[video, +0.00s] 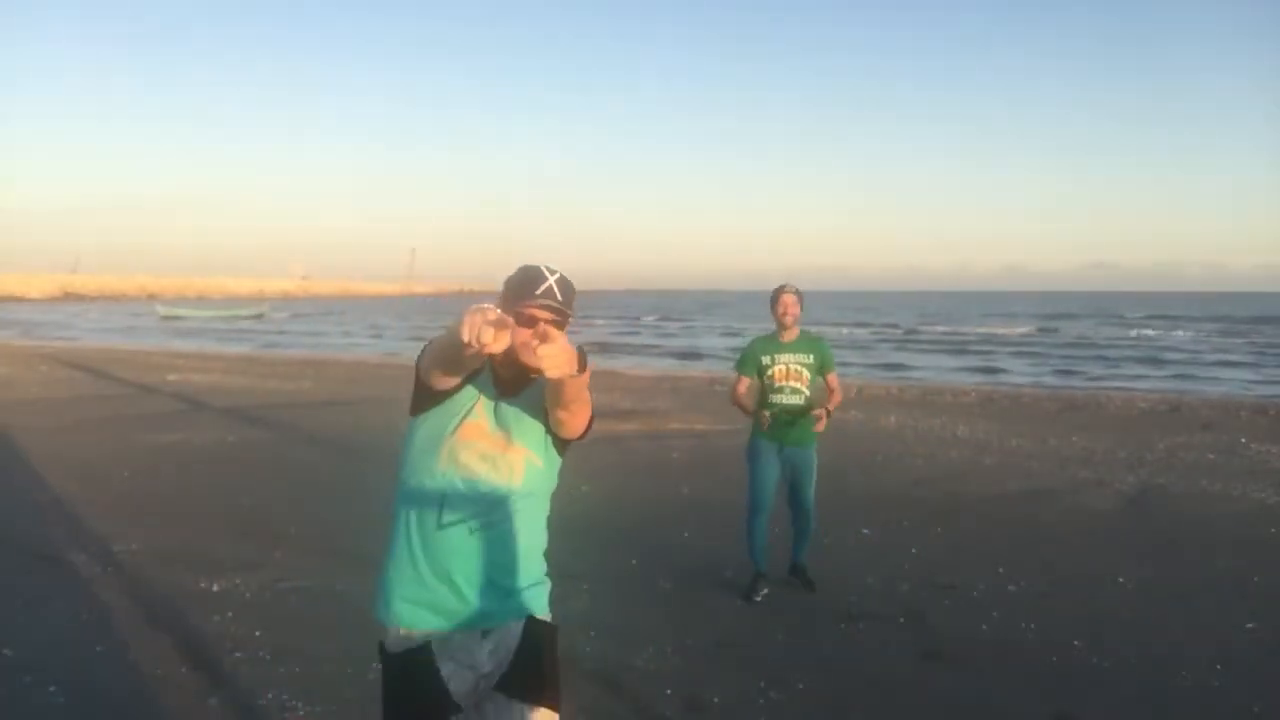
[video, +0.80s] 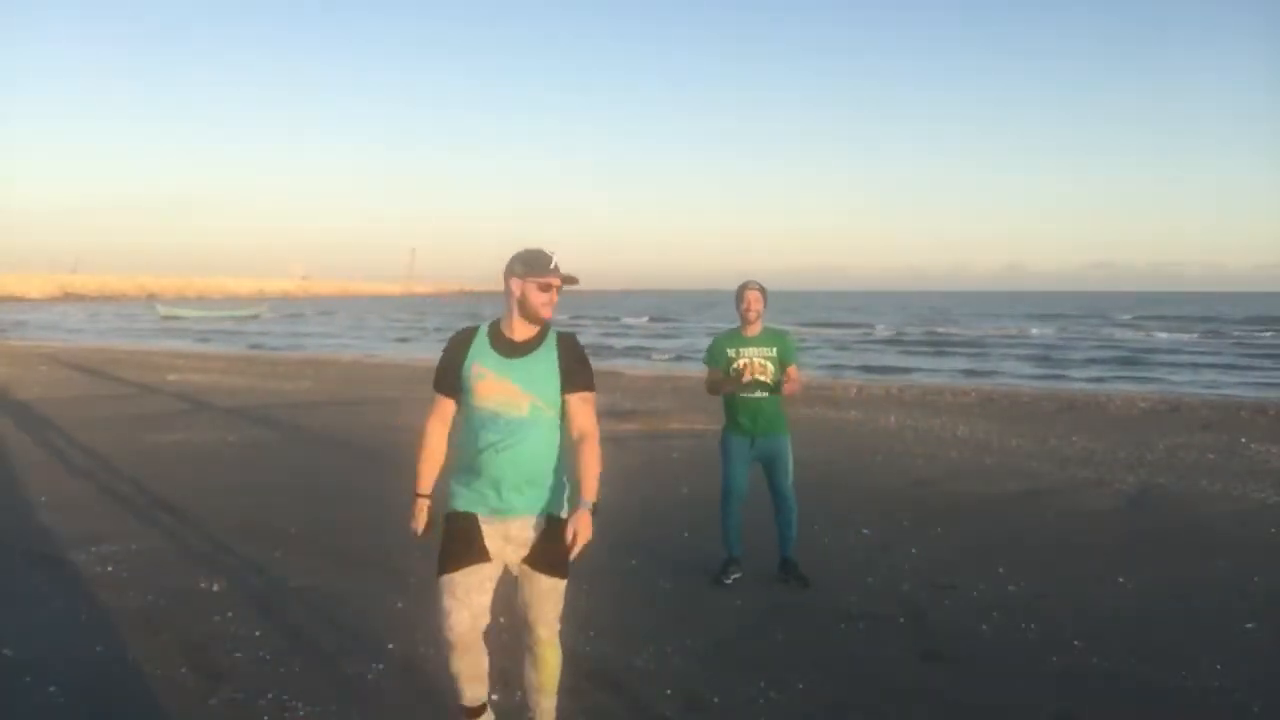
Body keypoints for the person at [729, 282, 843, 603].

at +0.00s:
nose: (786, 310)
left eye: (792, 305)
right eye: (781, 305)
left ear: (800, 310)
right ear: (773, 310)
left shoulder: (817, 348)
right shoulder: (758, 348)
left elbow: (835, 390)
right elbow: (739, 392)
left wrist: (826, 409)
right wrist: (755, 413)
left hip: (803, 437)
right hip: (767, 437)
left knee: (805, 506)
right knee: (761, 505)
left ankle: (798, 565)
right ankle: (759, 572)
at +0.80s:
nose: (749, 306)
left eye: (755, 301)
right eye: (744, 301)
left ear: (764, 306)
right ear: (737, 306)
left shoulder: (781, 340)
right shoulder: (722, 343)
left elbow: (795, 381)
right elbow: (712, 386)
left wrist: (786, 385)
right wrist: (735, 381)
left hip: (774, 430)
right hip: (737, 431)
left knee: (785, 494)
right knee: (733, 494)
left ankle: (788, 560)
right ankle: (732, 559)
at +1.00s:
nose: (750, 311)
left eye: (755, 306)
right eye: (745, 306)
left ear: (762, 308)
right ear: (736, 308)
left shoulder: (776, 341)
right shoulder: (720, 343)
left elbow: (787, 383)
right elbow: (710, 388)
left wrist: (765, 401)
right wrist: (732, 397)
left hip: (765, 429)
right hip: (731, 430)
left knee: (769, 495)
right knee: (729, 493)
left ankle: (769, 559)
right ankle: (731, 559)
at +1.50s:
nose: (749, 317)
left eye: (754, 311)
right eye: (744, 311)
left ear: (761, 314)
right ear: (735, 313)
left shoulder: (774, 344)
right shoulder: (719, 345)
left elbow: (795, 385)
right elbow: (698, 385)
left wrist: (791, 427)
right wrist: (703, 426)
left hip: (766, 435)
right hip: (728, 436)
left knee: (781, 499)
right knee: (723, 499)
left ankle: (787, 562)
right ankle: (731, 560)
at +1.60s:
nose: (750, 316)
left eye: (757, 311)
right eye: (746, 310)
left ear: (766, 314)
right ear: (740, 313)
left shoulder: (781, 347)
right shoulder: (724, 347)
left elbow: (798, 386)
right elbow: (705, 386)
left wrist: (795, 425)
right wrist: (711, 427)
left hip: (772, 435)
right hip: (734, 435)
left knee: (787, 498)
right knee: (726, 497)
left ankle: (796, 565)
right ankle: (731, 559)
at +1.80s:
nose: (761, 314)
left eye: (767, 309)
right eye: (757, 309)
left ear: (779, 312)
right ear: (753, 312)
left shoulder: (796, 348)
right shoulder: (740, 347)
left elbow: (816, 390)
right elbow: (721, 392)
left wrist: (803, 414)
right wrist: (733, 419)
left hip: (787, 435)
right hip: (750, 436)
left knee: (797, 503)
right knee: (739, 500)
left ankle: (799, 567)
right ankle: (733, 561)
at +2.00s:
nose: (772, 310)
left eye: (778, 305)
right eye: (767, 305)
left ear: (789, 308)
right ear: (763, 310)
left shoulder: (807, 345)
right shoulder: (751, 345)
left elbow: (826, 391)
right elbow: (736, 394)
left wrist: (805, 390)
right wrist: (745, 386)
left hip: (799, 436)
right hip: (762, 434)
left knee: (803, 504)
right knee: (748, 497)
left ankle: (799, 568)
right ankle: (739, 560)